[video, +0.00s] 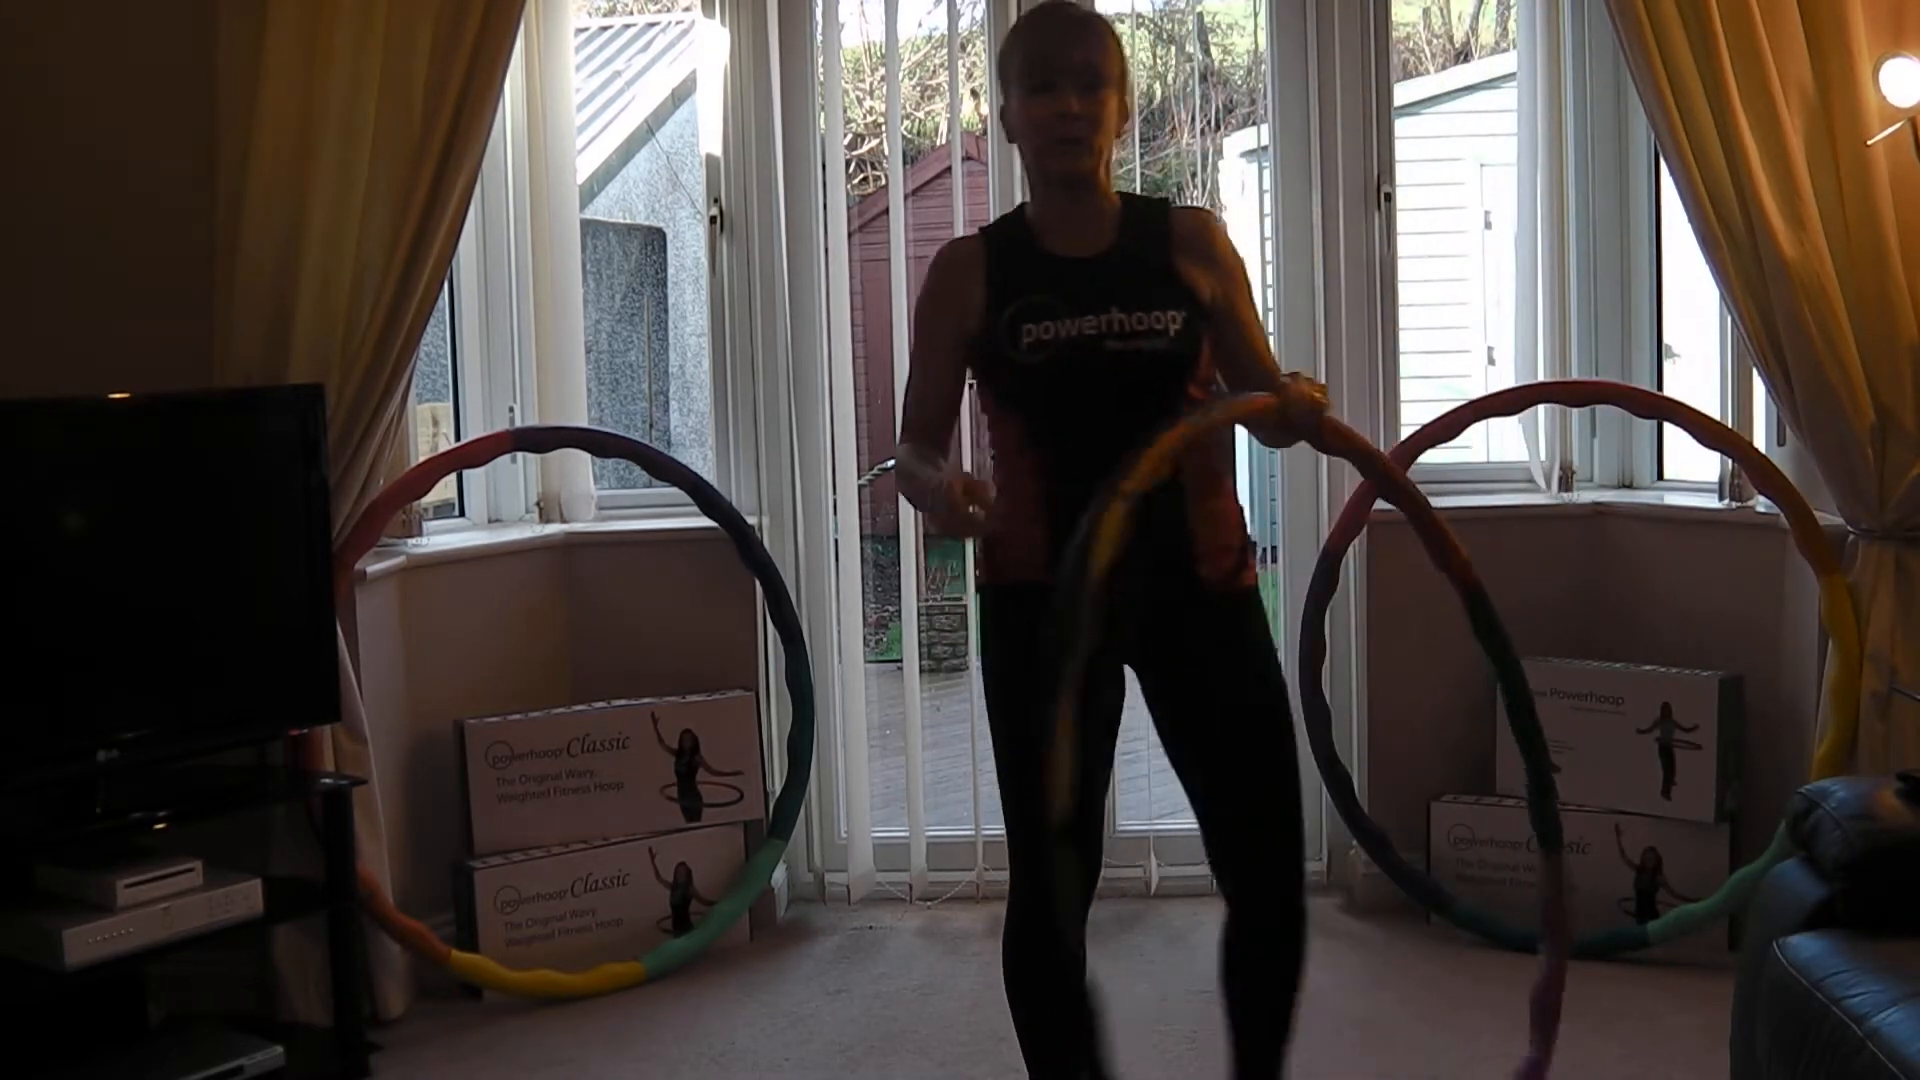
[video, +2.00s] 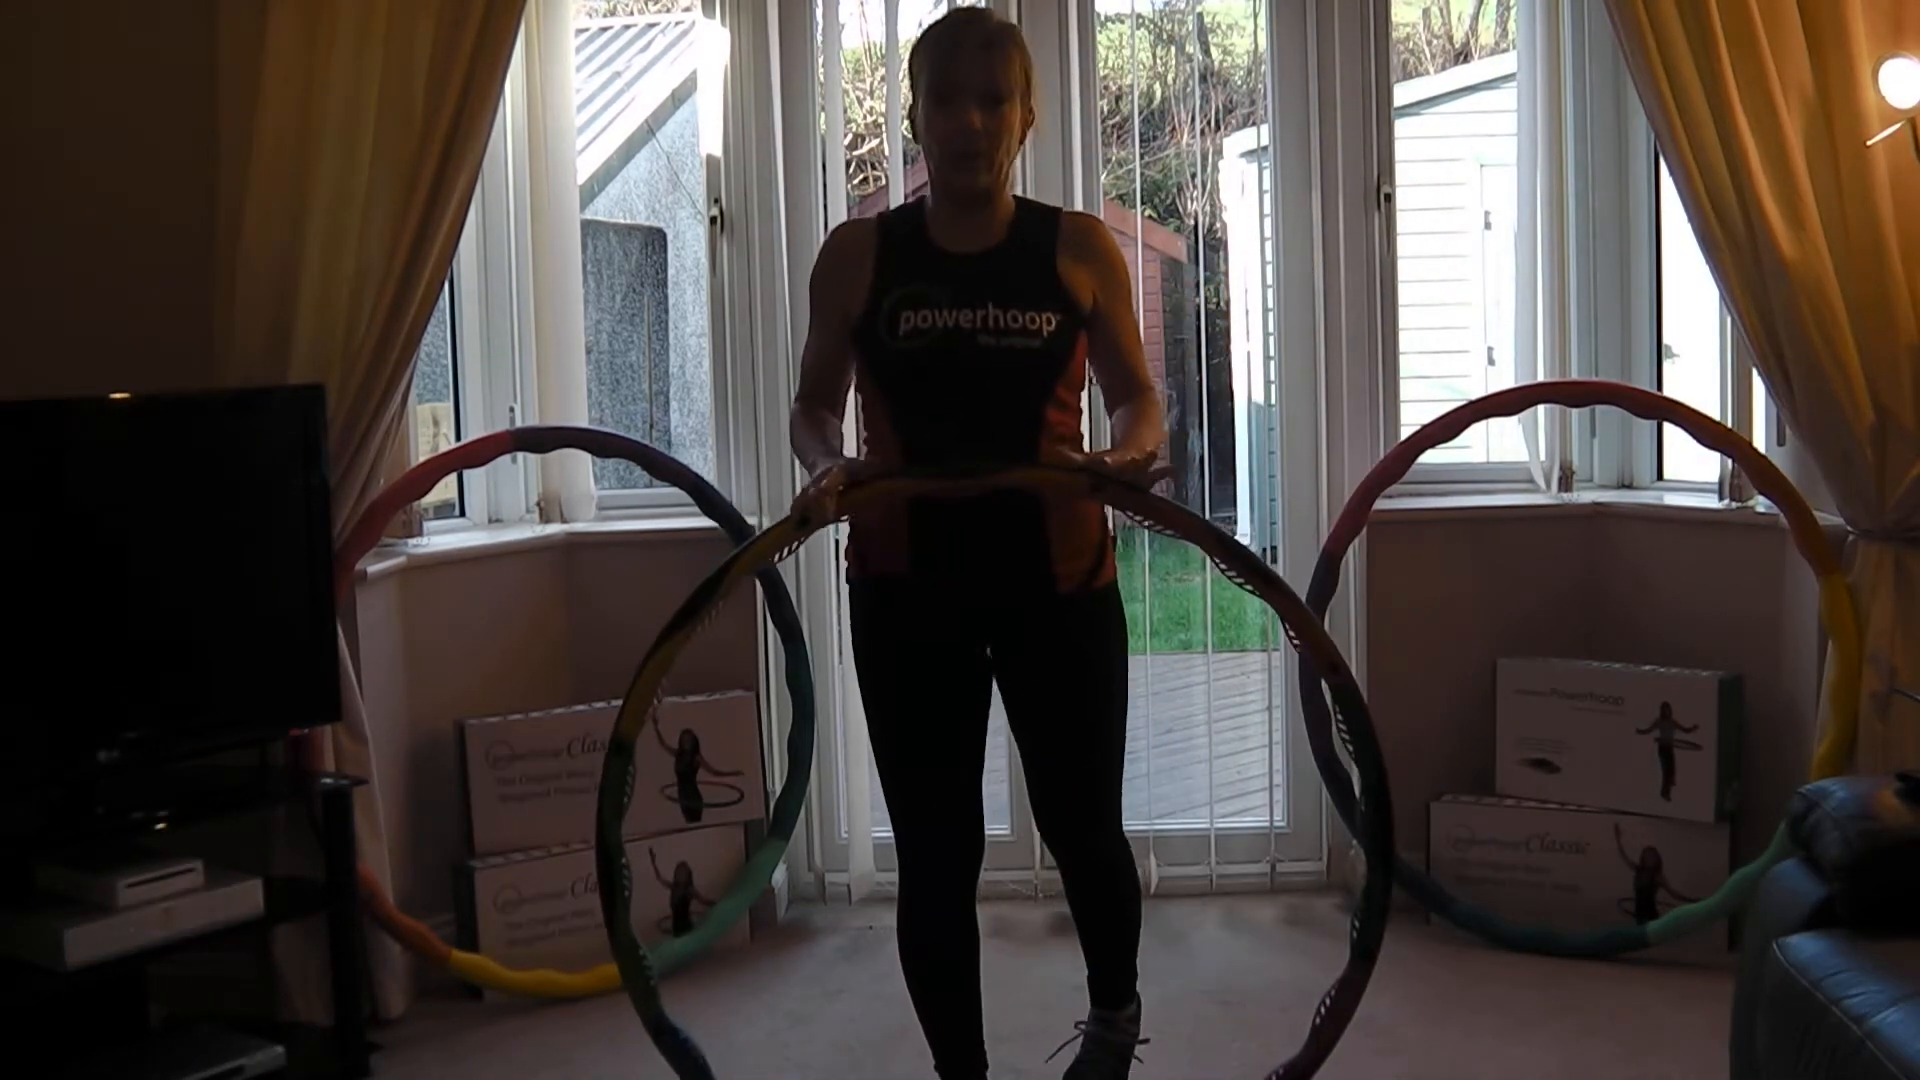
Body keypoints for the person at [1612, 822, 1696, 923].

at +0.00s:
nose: (1648, 860)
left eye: (1651, 857)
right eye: (1646, 856)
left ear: (1656, 860)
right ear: (1642, 858)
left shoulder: (1658, 876)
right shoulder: (1639, 871)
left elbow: (1672, 894)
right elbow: (1624, 857)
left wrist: (1692, 901)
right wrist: (1618, 837)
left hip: (1651, 913)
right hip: (1639, 912)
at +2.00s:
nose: (1648, 859)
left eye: (1651, 857)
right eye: (1646, 856)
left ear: (1656, 859)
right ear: (1642, 858)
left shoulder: (1657, 876)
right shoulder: (1639, 871)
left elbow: (1673, 894)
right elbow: (1623, 856)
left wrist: (1692, 901)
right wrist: (1618, 839)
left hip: (1651, 913)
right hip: (1639, 912)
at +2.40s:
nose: (1648, 860)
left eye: (1651, 857)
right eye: (1646, 856)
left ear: (1656, 859)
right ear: (1642, 858)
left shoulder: (1657, 876)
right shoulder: (1639, 871)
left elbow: (1673, 894)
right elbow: (1624, 857)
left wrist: (1693, 901)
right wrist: (1618, 839)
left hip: (1651, 913)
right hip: (1639, 912)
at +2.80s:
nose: (1648, 860)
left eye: (1651, 857)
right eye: (1646, 857)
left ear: (1657, 860)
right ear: (1642, 858)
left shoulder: (1657, 877)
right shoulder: (1639, 870)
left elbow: (1674, 894)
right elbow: (1623, 856)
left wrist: (1693, 901)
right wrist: (1618, 837)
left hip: (1651, 912)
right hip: (1639, 911)